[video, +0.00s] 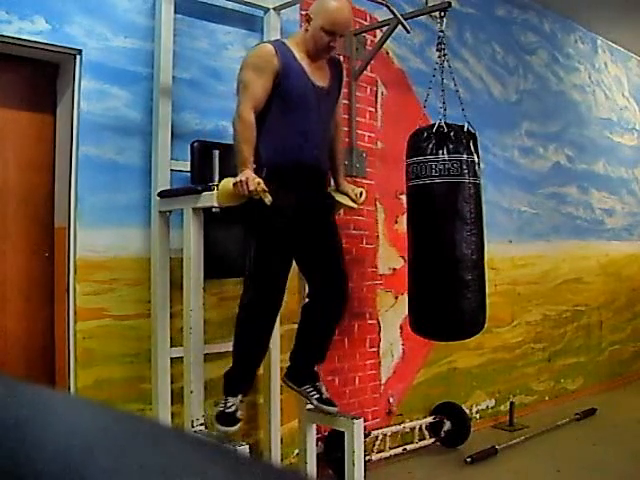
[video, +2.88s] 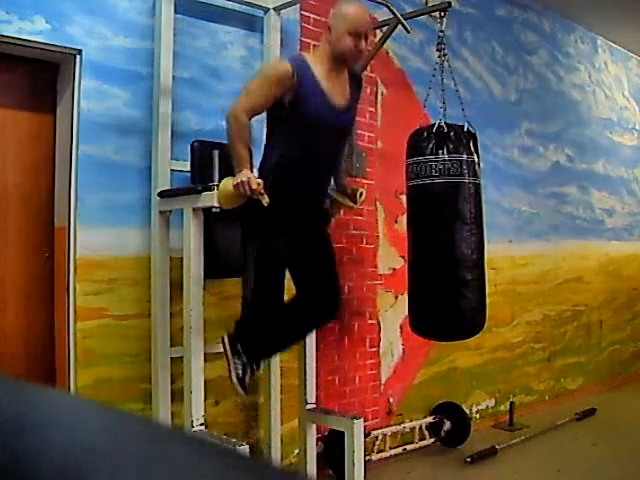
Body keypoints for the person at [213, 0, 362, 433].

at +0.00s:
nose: (335, 44)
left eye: (341, 37)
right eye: (330, 34)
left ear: (345, 33)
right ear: (307, 20)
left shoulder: (335, 68)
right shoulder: (268, 56)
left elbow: (333, 123)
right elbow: (245, 112)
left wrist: (338, 177)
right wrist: (246, 168)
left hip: (314, 193)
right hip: (273, 191)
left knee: (332, 289)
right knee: (263, 294)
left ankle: (302, 373)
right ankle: (235, 388)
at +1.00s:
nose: (363, 96)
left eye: (367, 88)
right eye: (356, 86)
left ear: (368, 87)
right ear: (330, 78)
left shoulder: (352, 117)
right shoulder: (288, 102)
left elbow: (336, 152)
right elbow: (231, 118)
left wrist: (342, 181)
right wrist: (242, 171)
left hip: (302, 233)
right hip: (262, 228)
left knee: (325, 322)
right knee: (276, 326)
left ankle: (266, 393)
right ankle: (255, 394)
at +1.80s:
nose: (360, 39)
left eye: (365, 32)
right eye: (353, 29)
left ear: (368, 34)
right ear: (328, 22)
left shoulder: (351, 72)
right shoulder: (286, 64)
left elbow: (338, 134)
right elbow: (243, 111)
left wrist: (342, 181)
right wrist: (244, 169)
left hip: (315, 201)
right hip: (275, 197)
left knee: (319, 294)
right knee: (259, 286)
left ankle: (243, 330)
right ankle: (241, 336)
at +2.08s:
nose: (362, 48)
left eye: (367, 40)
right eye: (356, 38)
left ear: (367, 42)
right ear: (330, 32)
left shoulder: (350, 80)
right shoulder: (282, 70)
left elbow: (334, 136)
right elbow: (240, 114)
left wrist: (341, 179)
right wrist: (243, 170)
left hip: (311, 206)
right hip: (271, 202)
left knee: (321, 297)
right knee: (260, 291)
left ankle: (244, 332)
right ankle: (245, 341)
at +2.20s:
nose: (365, 85)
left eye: (369, 76)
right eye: (359, 74)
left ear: (371, 74)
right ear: (334, 66)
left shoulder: (352, 111)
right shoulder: (289, 95)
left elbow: (336, 148)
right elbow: (233, 117)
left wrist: (341, 180)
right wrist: (243, 169)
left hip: (304, 230)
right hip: (264, 222)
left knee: (321, 318)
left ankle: (251, 373)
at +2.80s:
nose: (364, 70)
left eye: (369, 61)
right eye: (357, 59)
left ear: (370, 62)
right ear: (333, 54)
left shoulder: (355, 101)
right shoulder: (291, 91)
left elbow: (319, 152)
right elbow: (234, 115)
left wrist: (339, 184)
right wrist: (243, 170)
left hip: (306, 224)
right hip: (267, 221)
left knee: (326, 316)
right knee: (265, 323)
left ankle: (251, 361)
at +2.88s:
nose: (364, 47)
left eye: (368, 39)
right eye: (357, 37)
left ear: (368, 42)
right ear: (331, 33)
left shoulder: (353, 80)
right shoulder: (289, 71)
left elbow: (337, 135)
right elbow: (238, 112)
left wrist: (341, 179)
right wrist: (243, 169)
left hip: (309, 208)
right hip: (269, 204)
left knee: (323, 301)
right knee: (262, 299)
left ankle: (247, 346)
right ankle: (248, 355)